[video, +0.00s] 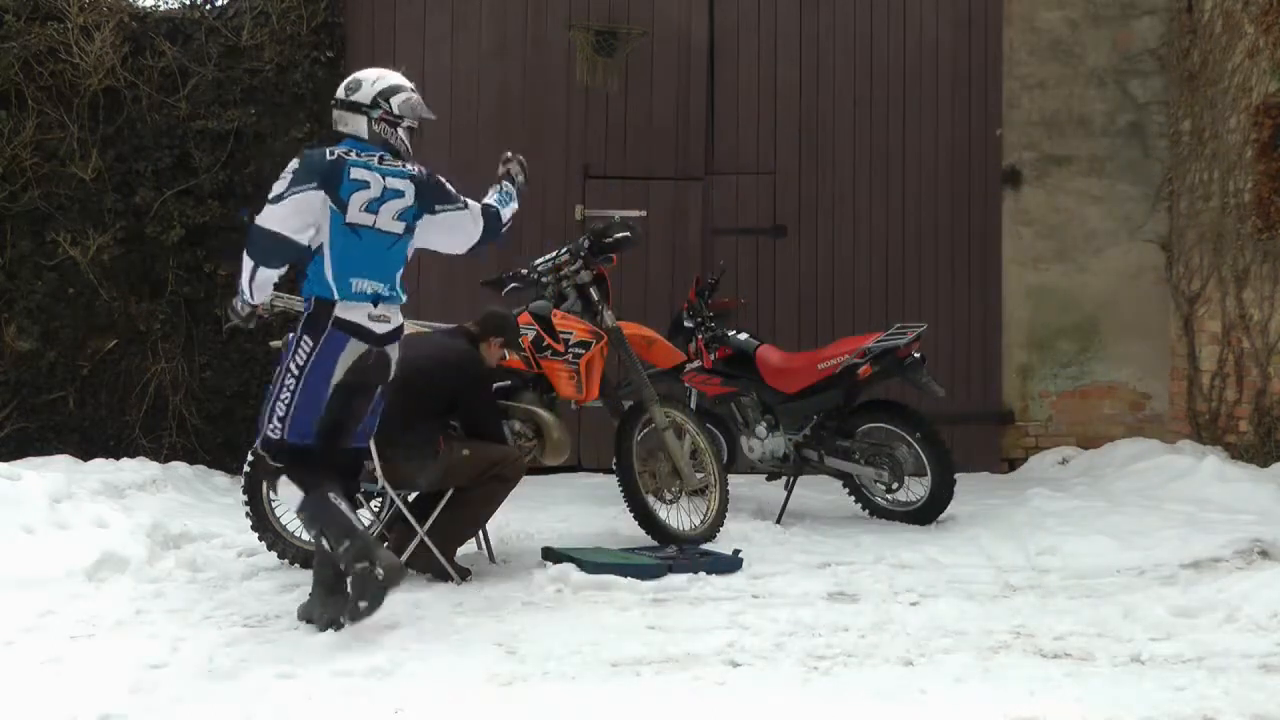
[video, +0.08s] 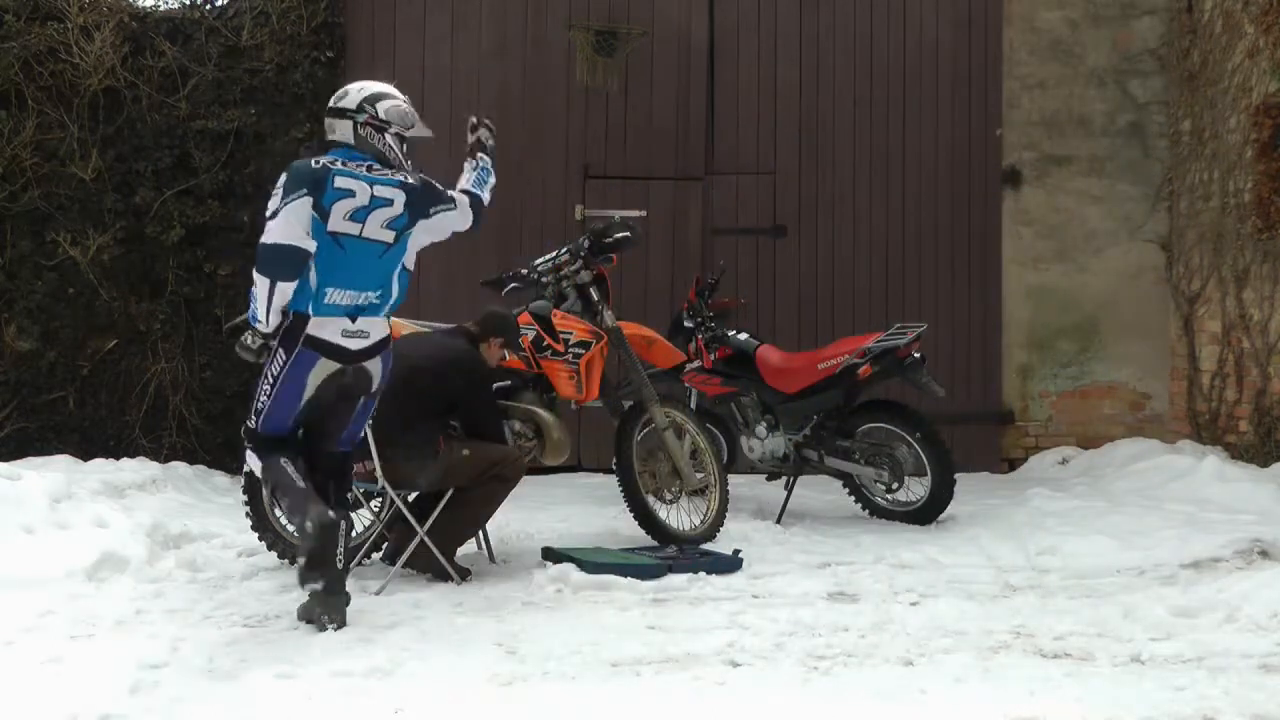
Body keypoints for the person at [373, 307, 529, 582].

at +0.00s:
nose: (501, 361)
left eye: (504, 355)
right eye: (503, 353)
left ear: (476, 330)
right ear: (493, 342)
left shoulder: (423, 342)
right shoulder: (472, 366)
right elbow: (486, 433)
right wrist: (504, 455)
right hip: (404, 464)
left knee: (473, 456)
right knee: (508, 464)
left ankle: (401, 535)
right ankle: (434, 551)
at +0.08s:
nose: (501, 361)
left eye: (505, 355)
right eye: (503, 353)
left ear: (474, 328)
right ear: (493, 343)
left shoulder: (420, 341)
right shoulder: (471, 366)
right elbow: (489, 435)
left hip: (366, 451)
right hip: (403, 462)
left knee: (466, 456)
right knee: (508, 464)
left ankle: (403, 542)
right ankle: (434, 551)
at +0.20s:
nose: (501, 361)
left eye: (505, 355)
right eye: (503, 353)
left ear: (473, 329)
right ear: (492, 343)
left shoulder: (414, 341)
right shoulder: (472, 366)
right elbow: (490, 435)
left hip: (369, 454)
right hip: (406, 463)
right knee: (508, 463)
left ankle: (404, 541)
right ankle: (434, 551)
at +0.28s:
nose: (500, 361)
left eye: (504, 355)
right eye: (503, 353)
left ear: (471, 329)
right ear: (493, 343)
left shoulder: (414, 340)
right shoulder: (471, 366)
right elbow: (489, 435)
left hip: (364, 451)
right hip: (401, 461)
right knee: (508, 464)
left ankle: (402, 540)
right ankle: (433, 551)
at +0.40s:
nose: (500, 361)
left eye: (504, 355)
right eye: (503, 353)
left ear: (472, 328)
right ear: (493, 343)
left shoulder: (418, 340)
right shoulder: (472, 366)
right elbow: (489, 436)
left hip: (362, 451)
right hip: (399, 461)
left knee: (465, 456)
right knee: (508, 465)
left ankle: (403, 540)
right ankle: (434, 551)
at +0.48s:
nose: (501, 361)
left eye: (505, 356)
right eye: (503, 354)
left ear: (473, 328)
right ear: (494, 344)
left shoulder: (419, 340)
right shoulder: (472, 367)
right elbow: (488, 436)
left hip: (361, 452)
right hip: (400, 462)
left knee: (466, 457)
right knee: (508, 464)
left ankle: (403, 542)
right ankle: (434, 551)